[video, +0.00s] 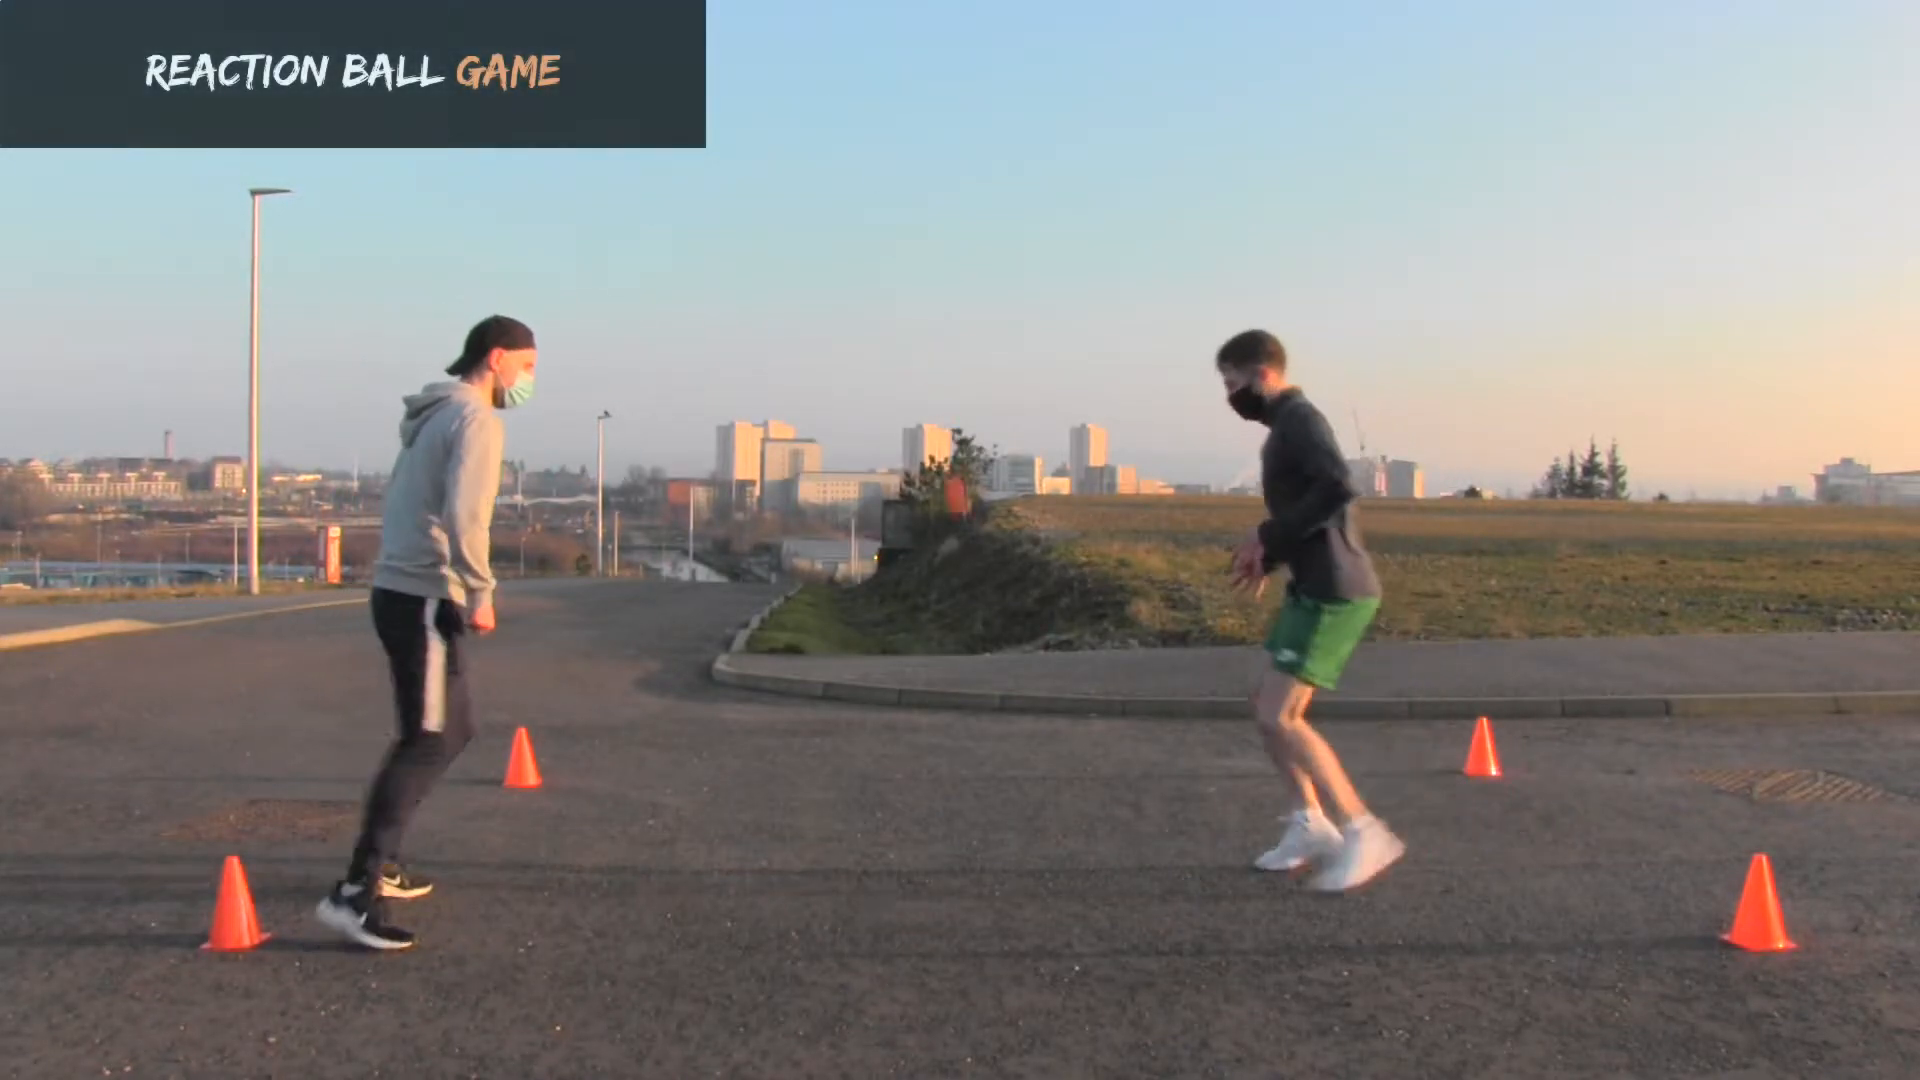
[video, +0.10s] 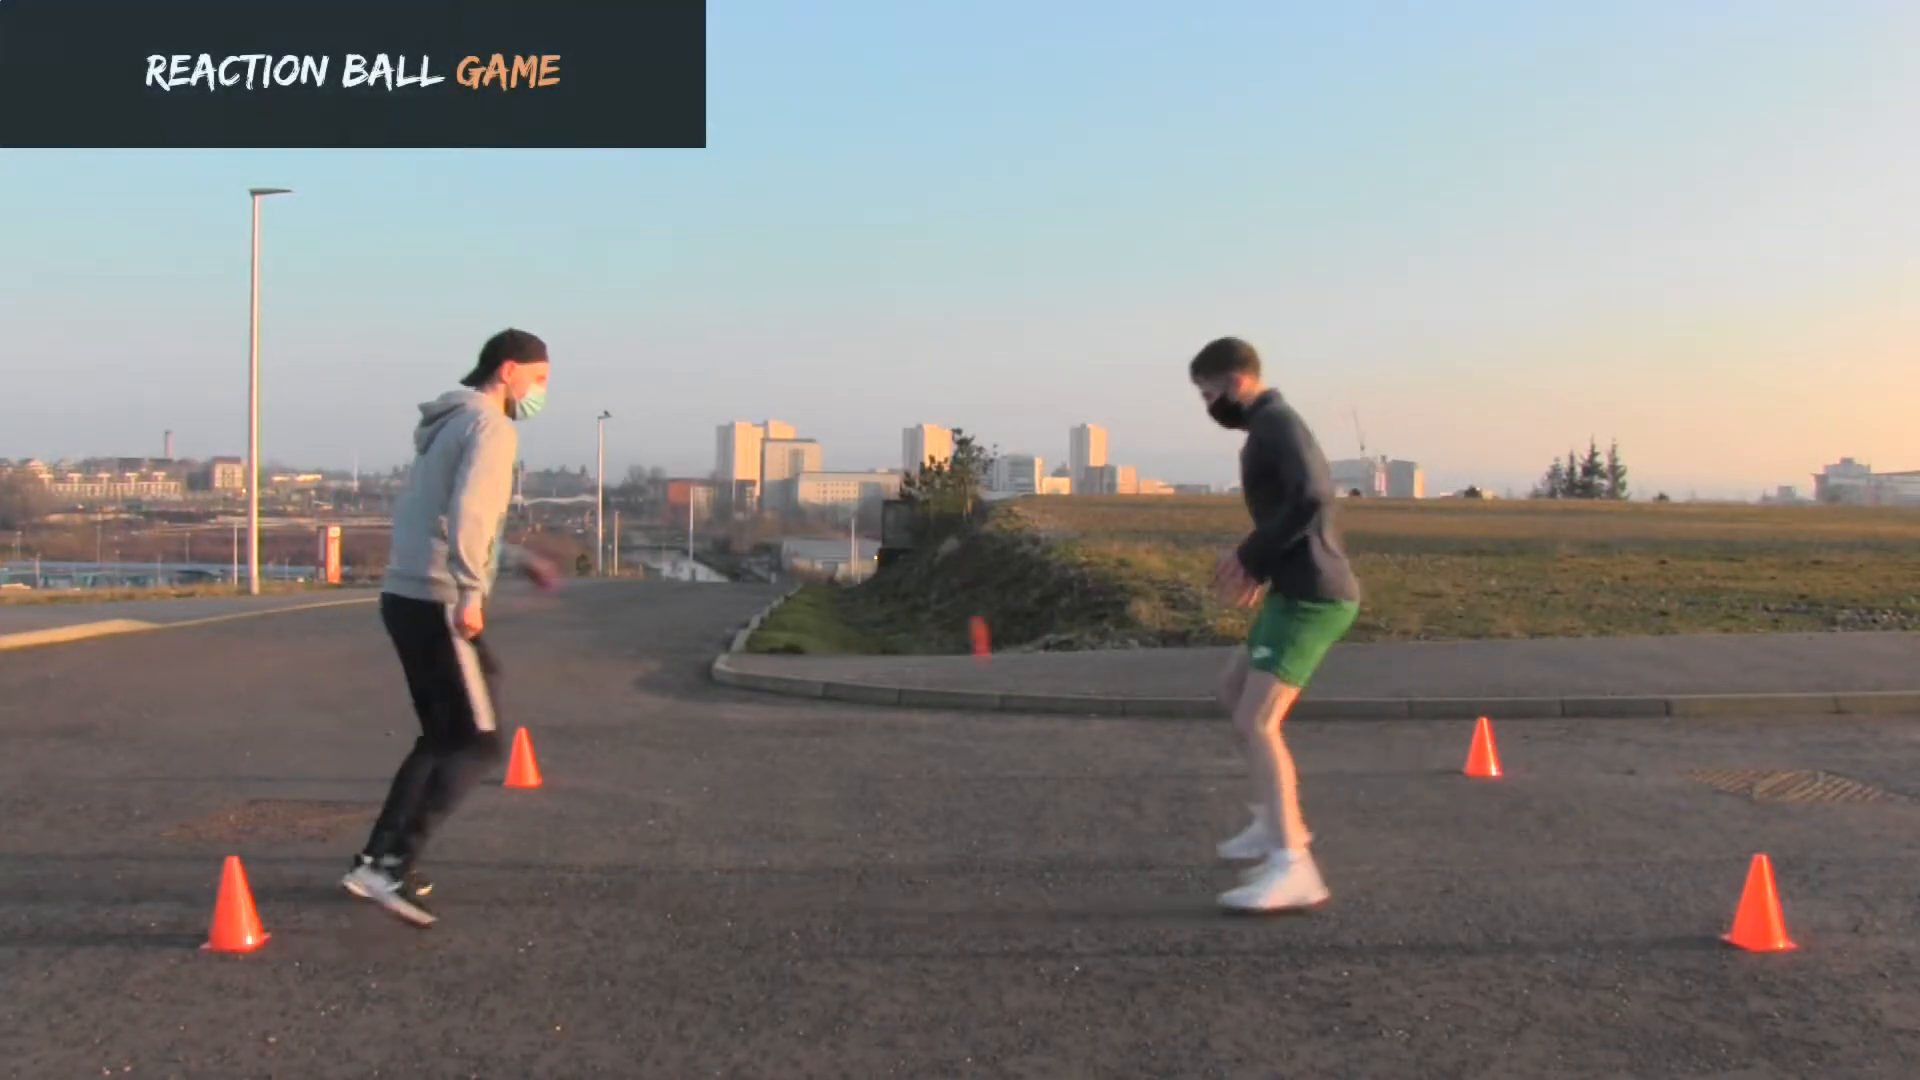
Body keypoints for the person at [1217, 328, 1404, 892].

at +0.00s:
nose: (1229, 393)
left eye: (1235, 380)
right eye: (1226, 383)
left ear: (1266, 372)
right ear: (1264, 376)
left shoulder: (1298, 420)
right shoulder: (1281, 427)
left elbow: (1338, 487)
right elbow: (1309, 502)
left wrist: (1270, 538)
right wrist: (1266, 548)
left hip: (1339, 590)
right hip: (1311, 587)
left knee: (1280, 713)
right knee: (1266, 704)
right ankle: (1311, 823)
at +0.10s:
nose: (1205, 404)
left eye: (1209, 392)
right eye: (1202, 394)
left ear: (1238, 380)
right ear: (1242, 380)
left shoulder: (1277, 424)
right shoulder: (1266, 427)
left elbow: (1309, 497)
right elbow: (1291, 508)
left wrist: (1248, 556)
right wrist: (1256, 566)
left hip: (1316, 595)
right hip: (1295, 591)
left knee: (1259, 719)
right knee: (1236, 693)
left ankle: (1296, 861)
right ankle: (1276, 821)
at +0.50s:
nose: (1100, 462)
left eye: (1102, 449)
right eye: (1095, 454)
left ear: (1131, 429)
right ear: (1132, 431)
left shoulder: (1168, 467)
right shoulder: (1177, 464)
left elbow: (1213, 547)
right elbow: (1212, 555)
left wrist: (1161, 609)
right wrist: (1165, 595)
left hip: (1221, 625)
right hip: (1250, 626)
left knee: (1117, 728)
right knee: (1180, 720)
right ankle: (1231, 833)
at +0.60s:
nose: (1081, 471)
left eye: (1081, 458)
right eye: (1075, 463)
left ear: (1107, 439)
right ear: (1115, 438)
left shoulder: (1150, 472)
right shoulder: (1150, 478)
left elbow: (1215, 528)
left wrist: (1157, 578)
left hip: (1207, 633)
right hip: (1236, 635)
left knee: (1103, 733)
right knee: (1169, 730)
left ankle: (1107, 878)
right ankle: (1232, 834)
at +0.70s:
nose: (1038, 480)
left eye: (1039, 467)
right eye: (1032, 469)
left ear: (1070, 455)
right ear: (1076, 455)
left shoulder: (1113, 491)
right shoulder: (1109, 497)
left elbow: (1184, 535)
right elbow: (1164, 558)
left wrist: (1124, 585)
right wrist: (1120, 594)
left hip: (1177, 652)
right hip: (1208, 650)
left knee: (1067, 744)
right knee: (1159, 736)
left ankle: (1078, 890)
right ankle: (1234, 837)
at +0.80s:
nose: (1003, 465)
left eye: (1006, 452)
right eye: (999, 454)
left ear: (1036, 444)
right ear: (1045, 445)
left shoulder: (1080, 490)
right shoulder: (1076, 491)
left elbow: (1138, 563)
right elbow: (1119, 565)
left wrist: (1071, 590)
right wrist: (1069, 589)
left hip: (1145, 651)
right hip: (1173, 647)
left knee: (1035, 750)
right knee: (1151, 745)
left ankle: (1072, 899)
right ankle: (1232, 837)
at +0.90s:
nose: (957, 428)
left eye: (958, 415)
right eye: (954, 417)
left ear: (982, 407)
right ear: (1005, 403)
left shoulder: (1018, 459)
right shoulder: (1040, 454)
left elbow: (1031, 552)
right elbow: (1050, 543)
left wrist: (984, 577)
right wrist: (993, 569)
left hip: (1082, 632)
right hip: (1116, 624)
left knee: (997, 758)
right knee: (1103, 736)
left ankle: (1066, 897)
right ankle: (1194, 829)